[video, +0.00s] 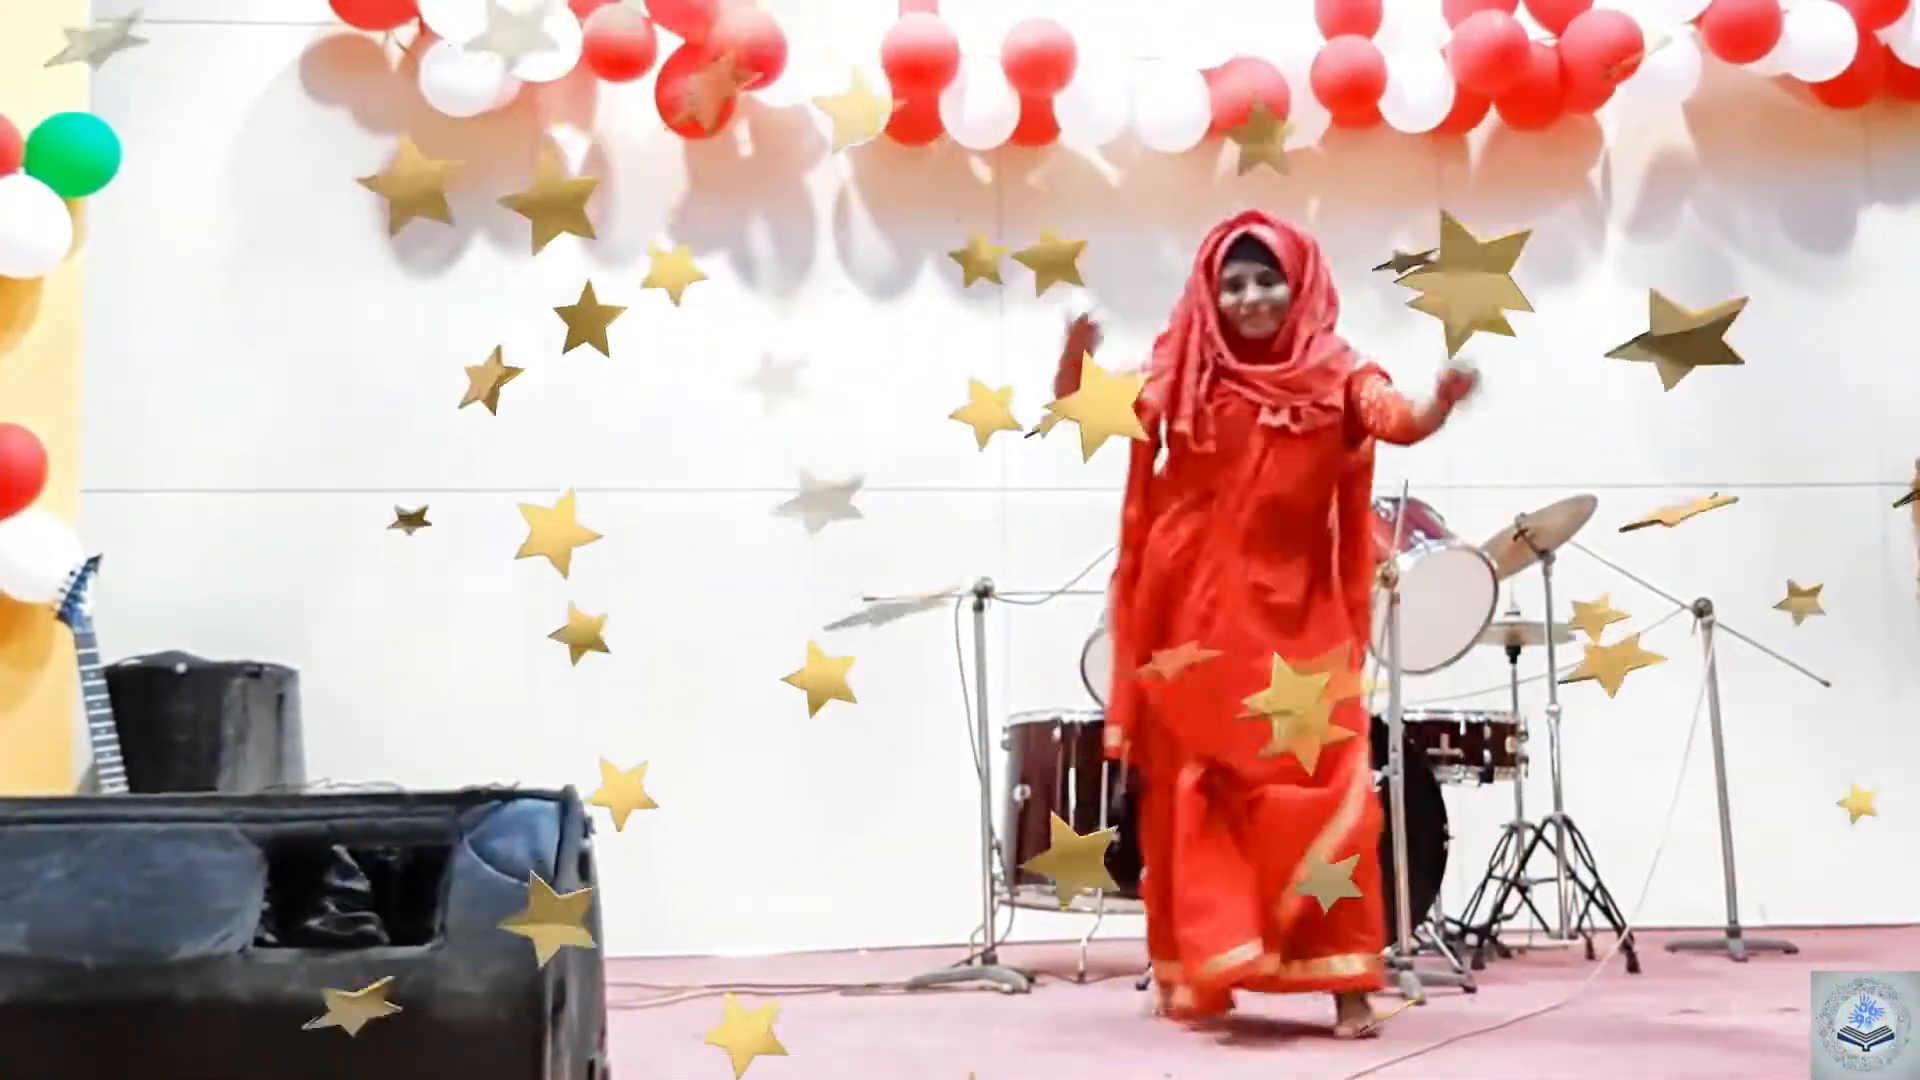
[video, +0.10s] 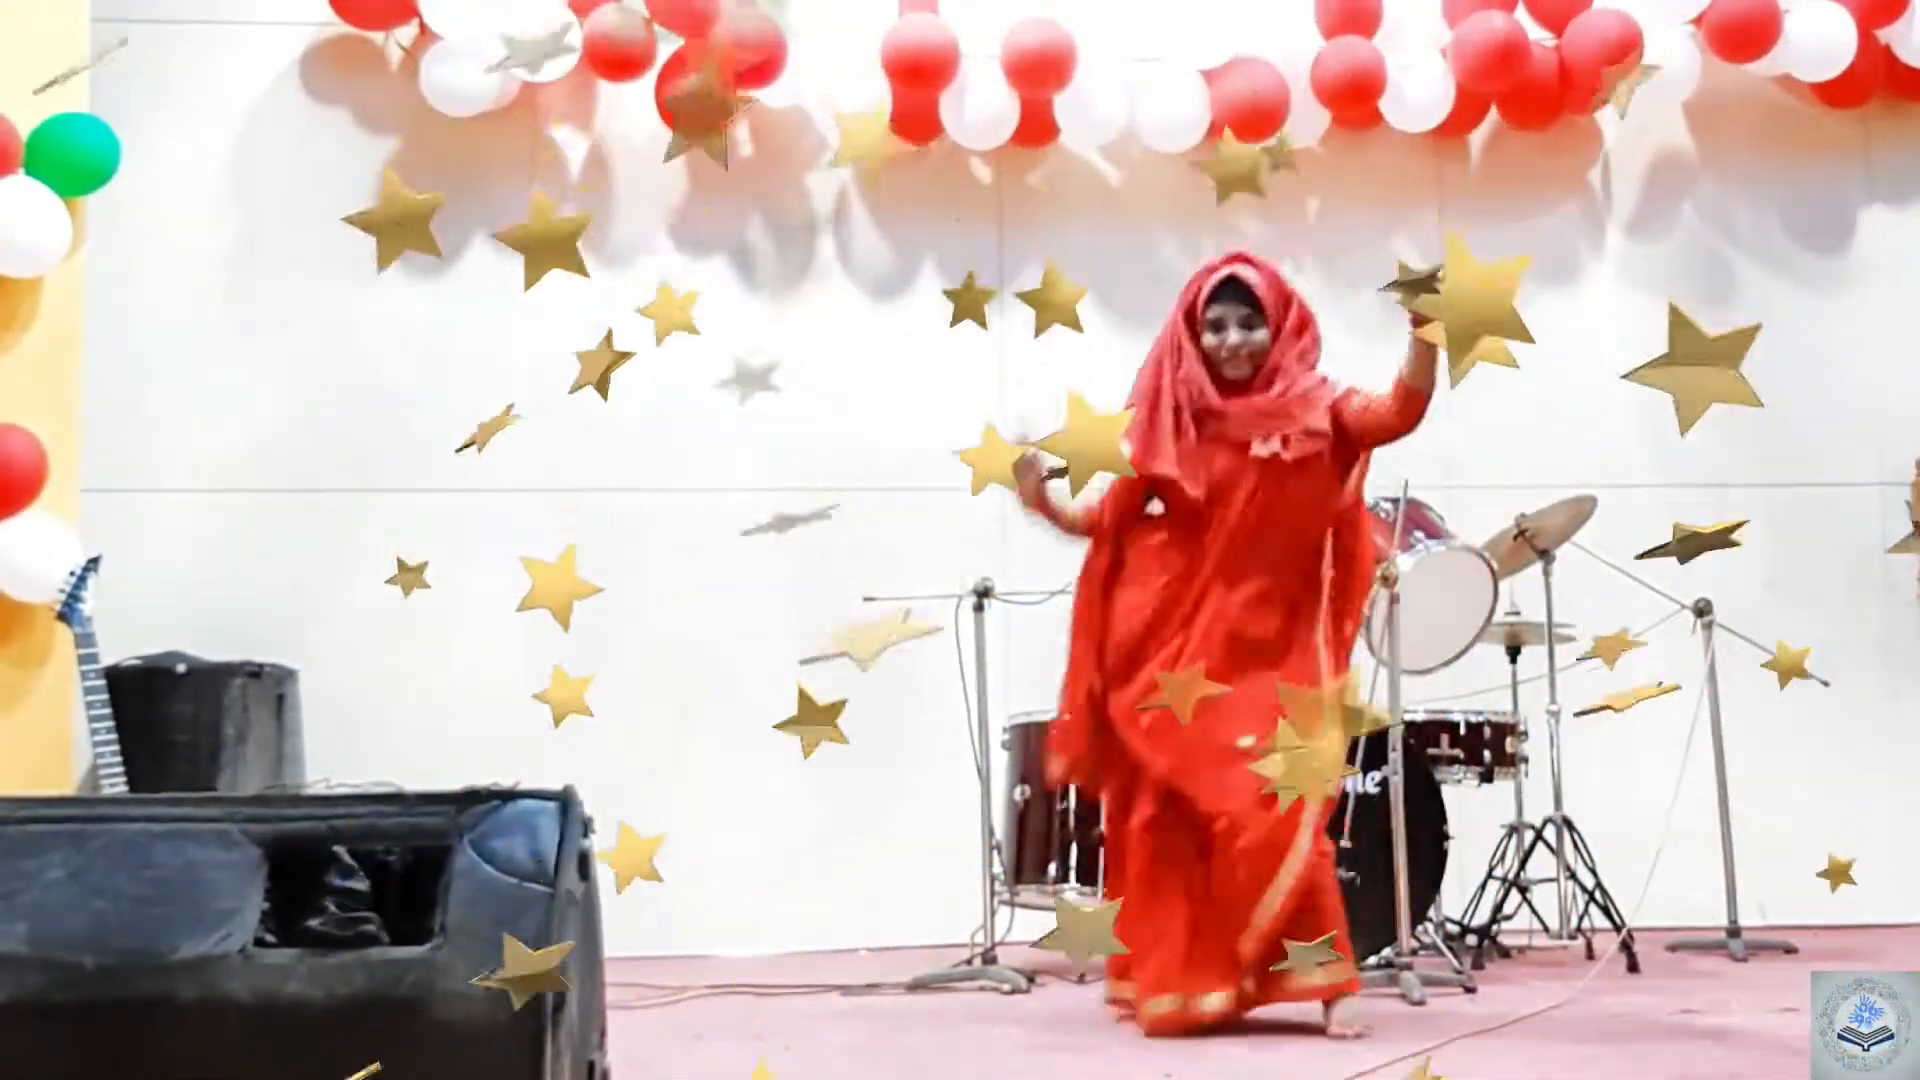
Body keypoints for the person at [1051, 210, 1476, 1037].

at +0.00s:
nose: (1249, 298)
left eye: (1265, 283)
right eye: (1234, 284)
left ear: (1298, 291)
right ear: (1211, 293)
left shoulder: (1337, 373)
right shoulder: (1183, 376)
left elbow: (1394, 419)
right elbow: (1087, 411)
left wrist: (1436, 406)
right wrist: (1075, 366)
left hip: (1309, 609)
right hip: (1198, 604)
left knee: (1333, 789)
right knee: (1191, 787)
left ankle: (1352, 981)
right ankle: (1193, 972)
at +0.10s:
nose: (1234, 340)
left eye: (1249, 323)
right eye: (1217, 325)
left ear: (1277, 328)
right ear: (1194, 336)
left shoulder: (1318, 413)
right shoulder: (1173, 427)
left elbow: (1400, 414)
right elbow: (1104, 520)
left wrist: (1425, 328)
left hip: (1279, 648)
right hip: (1173, 646)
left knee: (1278, 814)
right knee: (1169, 815)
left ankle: (1334, 988)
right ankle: (1176, 985)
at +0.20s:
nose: (1227, 351)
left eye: (1243, 334)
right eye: (1211, 336)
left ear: (1269, 342)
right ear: (1186, 348)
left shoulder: (1311, 431)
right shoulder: (1160, 437)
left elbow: (1390, 427)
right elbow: (1110, 536)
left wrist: (1414, 339)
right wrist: (1039, 548)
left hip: (1253, 666)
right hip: (1149, 658)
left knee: (1215, 810)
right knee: (1129, 816)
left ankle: (1297, 985)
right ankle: (1136, 992)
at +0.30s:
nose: (1228, 320)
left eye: (1242, 305)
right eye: (1211, 306)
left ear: (1268, 318)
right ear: (1183, 322)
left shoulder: (1305, 412)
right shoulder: (1150, 411)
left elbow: (1393, 443)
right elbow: (1065, 493)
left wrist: (1441, 393)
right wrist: (1010, 469)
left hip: (1253, 649)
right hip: (1149, 641)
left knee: (1231, 806)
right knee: (1135, 810)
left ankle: (1285, 981)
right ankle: (1127, 977)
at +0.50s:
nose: (1245, 288)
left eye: (1257, 273)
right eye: (1226, 279)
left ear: (1286, 284)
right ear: (1201, 297)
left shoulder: (1321, 388)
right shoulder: (1177, 365)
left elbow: (1385, 476)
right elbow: (1100, 404)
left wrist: (1369, 498)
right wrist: (1153, 424)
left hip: (1294, 613)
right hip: (1191, 609)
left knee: (1290, 796)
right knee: (1183, 786)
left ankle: (1277, 994)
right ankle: (1157, 965)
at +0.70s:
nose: (1258, 284)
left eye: (1270, 270)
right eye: (1243, 277)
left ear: (1303, 288)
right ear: (1227, 305)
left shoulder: (1342, 383)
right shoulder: (1212, 377)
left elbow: (1416, 358)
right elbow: (1185, 305)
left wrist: (1406, 270)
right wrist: (1237, 227)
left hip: (1322, 603)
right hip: (1224, 601)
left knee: (1351, 759)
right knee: (1288, 751)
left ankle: (1280, 963)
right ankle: (1238, 942)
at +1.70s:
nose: (1248, 316)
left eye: (1264, 298)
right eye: (1230, 298)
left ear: (1287, 304)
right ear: (1200, 298)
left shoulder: (1298, 388)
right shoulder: (1147, 362)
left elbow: (1373, 492)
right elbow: (1077, 449)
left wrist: (1462, 545)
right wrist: (1042, 502)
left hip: (1250, 608)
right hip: (1144, 610)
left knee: (1275, 781)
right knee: (1146, 793)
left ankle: (1267, 984)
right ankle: (1134, 991)